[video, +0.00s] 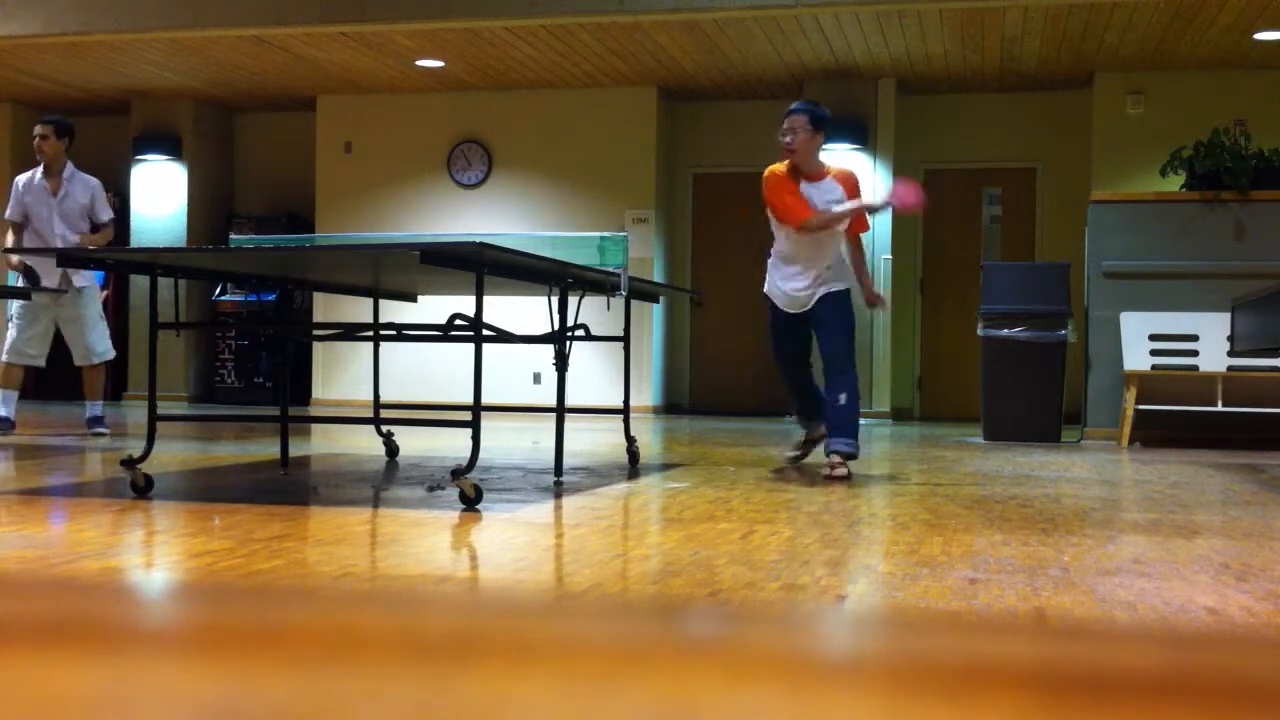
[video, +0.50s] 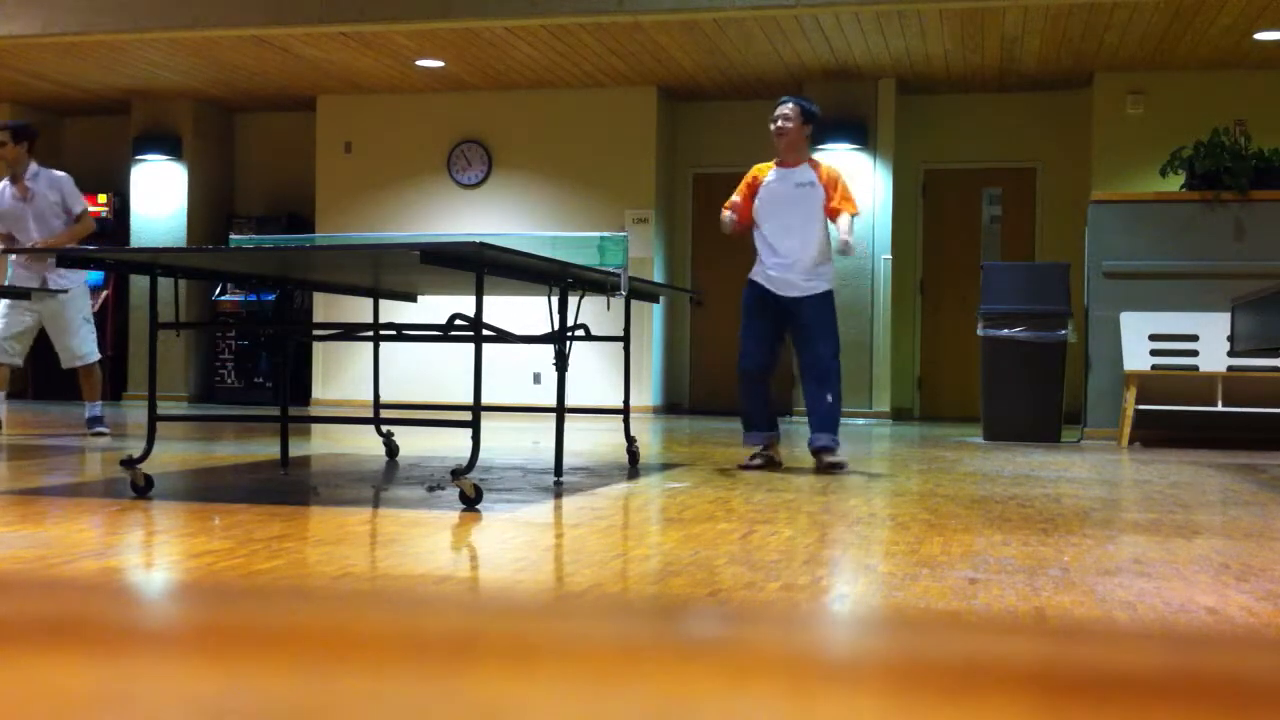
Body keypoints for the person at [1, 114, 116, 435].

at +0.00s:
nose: (37, 143)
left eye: (44, 138)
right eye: (35, 138)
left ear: (64, 142)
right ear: (33, 143)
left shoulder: (90, 186)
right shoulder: (23, 183)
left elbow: (108, 229)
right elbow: (13, 228)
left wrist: (93, 239)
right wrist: (11, 253)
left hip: (79, 283)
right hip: (34, 281)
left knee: (94, 351)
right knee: (15, 351)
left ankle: (95, 416)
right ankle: (6, 415)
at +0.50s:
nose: (1, 151)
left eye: (4, 145)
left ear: (23, 146)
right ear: (6, 149)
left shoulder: (58, 181)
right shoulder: (3, 191)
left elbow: (88, 224)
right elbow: (6, 240)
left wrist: (53, 243)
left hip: (65, 284)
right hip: (20, 284)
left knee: (85, 353)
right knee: (2, 352)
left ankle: (94, 416)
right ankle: (0, 416)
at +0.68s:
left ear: (5, 142)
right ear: (4, 142)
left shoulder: (38, 177)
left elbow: (68, 218)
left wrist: (29, 243)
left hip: (49, 283)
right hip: (7, 283)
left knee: (75, 351)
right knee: (2, 358)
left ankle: (90, 413)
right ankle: (3, 423)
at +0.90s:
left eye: (0, 132)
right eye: (0, 133)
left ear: (5, 135)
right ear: (5, 136)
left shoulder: (29, 171)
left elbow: (58, 213)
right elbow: (54, 213)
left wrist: (19, 234)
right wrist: (20, 236)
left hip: (37, 274)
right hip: (4, 276)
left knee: (59, 346)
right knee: (1, 356)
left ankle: (76, 408)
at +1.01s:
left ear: (5, 134)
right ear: (3, 135)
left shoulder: (31, 171)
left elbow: (55, 216)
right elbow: (50, 216)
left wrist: (14, 232)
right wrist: (14, 234)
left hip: (30, 273)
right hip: (2, 273)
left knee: (47, 344)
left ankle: (66, 406)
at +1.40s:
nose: (6, 131)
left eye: (15, 125)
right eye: (5, 125)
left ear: (34, 132)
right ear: (2, 133)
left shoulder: (56, 176)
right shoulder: (1, 175)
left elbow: (69, 224)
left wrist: (28, 216)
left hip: (39, 274)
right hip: (2, 271)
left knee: (52, 350)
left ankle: (60, 414)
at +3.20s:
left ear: (6, 132)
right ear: (4, 132)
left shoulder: (28, 172)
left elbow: (44, 222)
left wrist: (10, 194)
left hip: (21, 271)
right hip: (3, 270)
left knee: (37, 347)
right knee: (1, 354)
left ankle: (48, 412)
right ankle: (1, 415)